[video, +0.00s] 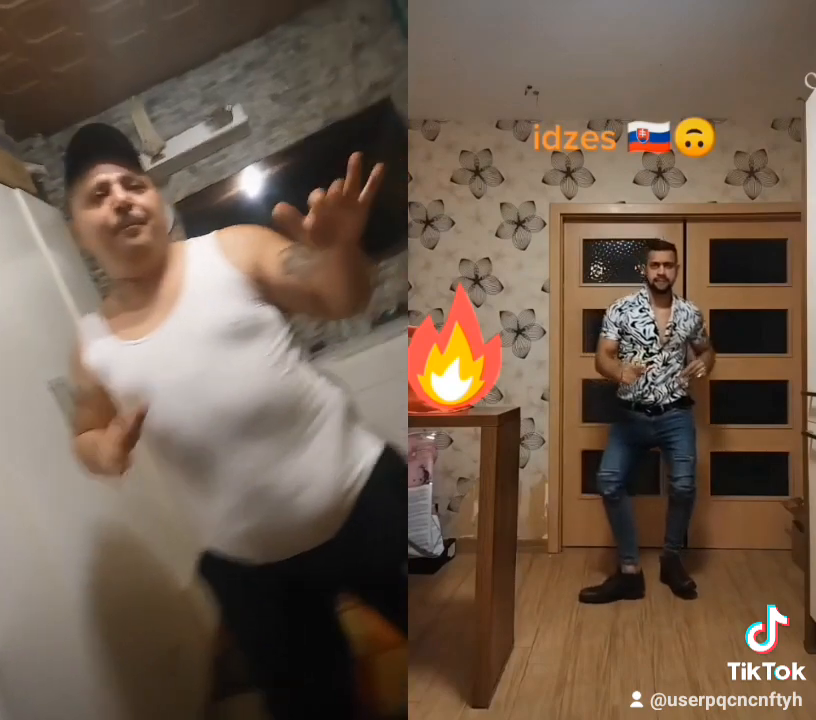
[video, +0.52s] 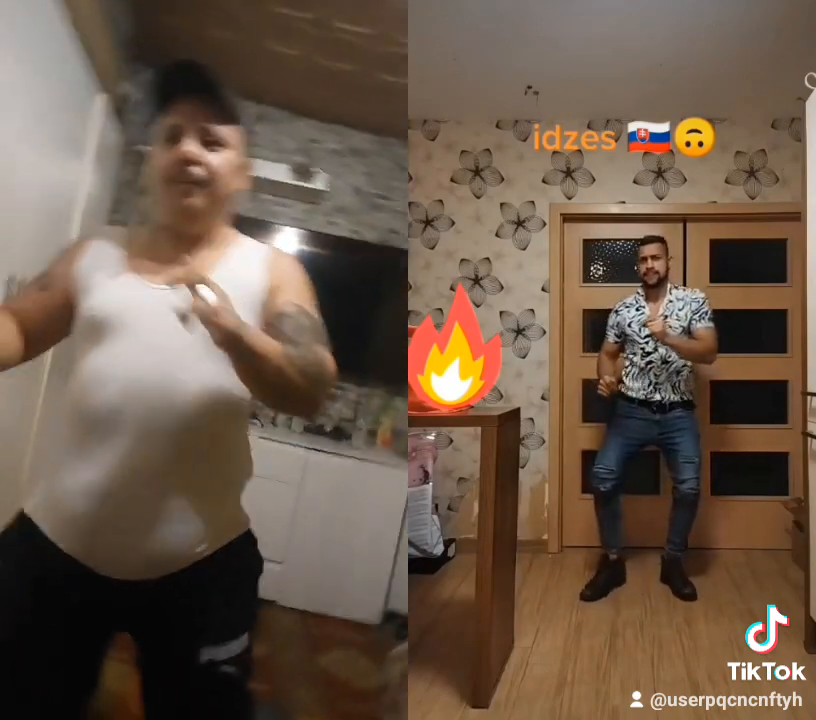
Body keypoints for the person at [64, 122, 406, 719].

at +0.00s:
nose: (122, 202)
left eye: (132, 184)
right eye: (97, 196)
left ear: (161, 200)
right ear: (78, 233)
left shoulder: (235, 249)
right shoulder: (96, 343)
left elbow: (343, 298)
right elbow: (89, 431)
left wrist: (341, 252)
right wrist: (106, 450)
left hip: (361, 502)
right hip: (250, 562)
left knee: (448, 641)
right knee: (310, 709)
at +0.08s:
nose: (116, 217)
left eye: (127, 199)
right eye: (92, 210)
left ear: (152, 213)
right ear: (69, 242)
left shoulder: (222, 270)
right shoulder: (77, 358)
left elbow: (322, 329)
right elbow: (71, 450)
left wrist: (335, 291)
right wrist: (91, 487)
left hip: (337, 536)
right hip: (220, 592)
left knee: (393, 687)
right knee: (265, 716)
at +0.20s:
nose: (122, 229)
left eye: (136, 213)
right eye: (99, 219)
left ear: (159, 229)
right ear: (73, 246)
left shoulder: (220, 297)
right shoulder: (64, 362)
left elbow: (308, 390)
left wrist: (304, 350)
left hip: (305, 588)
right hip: (169, 630)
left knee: (372, 706)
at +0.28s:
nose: (118, 211)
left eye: (134, 193)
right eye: (95, 197)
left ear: (159, 211)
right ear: (69, 220)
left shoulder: (215, 291)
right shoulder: (46, 340)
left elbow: (297, 394)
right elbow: (21, 439)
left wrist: (276, 356)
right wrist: (9, 469)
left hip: (262, 590)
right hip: (120, 612)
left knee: (327, 710)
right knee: (122, 711)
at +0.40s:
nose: (138, 165)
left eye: (158, 148)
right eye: (118, 150)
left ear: (191, 171)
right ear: (92, 175)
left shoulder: (228, 267)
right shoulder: (46, 284)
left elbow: (290, 381)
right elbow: (3, 378)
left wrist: (223, 325)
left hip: (215, 577)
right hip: (71, 580)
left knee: (249, 713)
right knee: (60, 712)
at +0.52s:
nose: (188, 154)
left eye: (212, 142)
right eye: (171, 138)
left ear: (244, 173)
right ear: (147, 161)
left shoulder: (274, 272)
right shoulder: (92, 259)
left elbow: (312, 393)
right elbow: (17, 326)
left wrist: (240, 338)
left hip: (197, 570)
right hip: (56, 553)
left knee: (203, 714)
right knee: (28, 705)